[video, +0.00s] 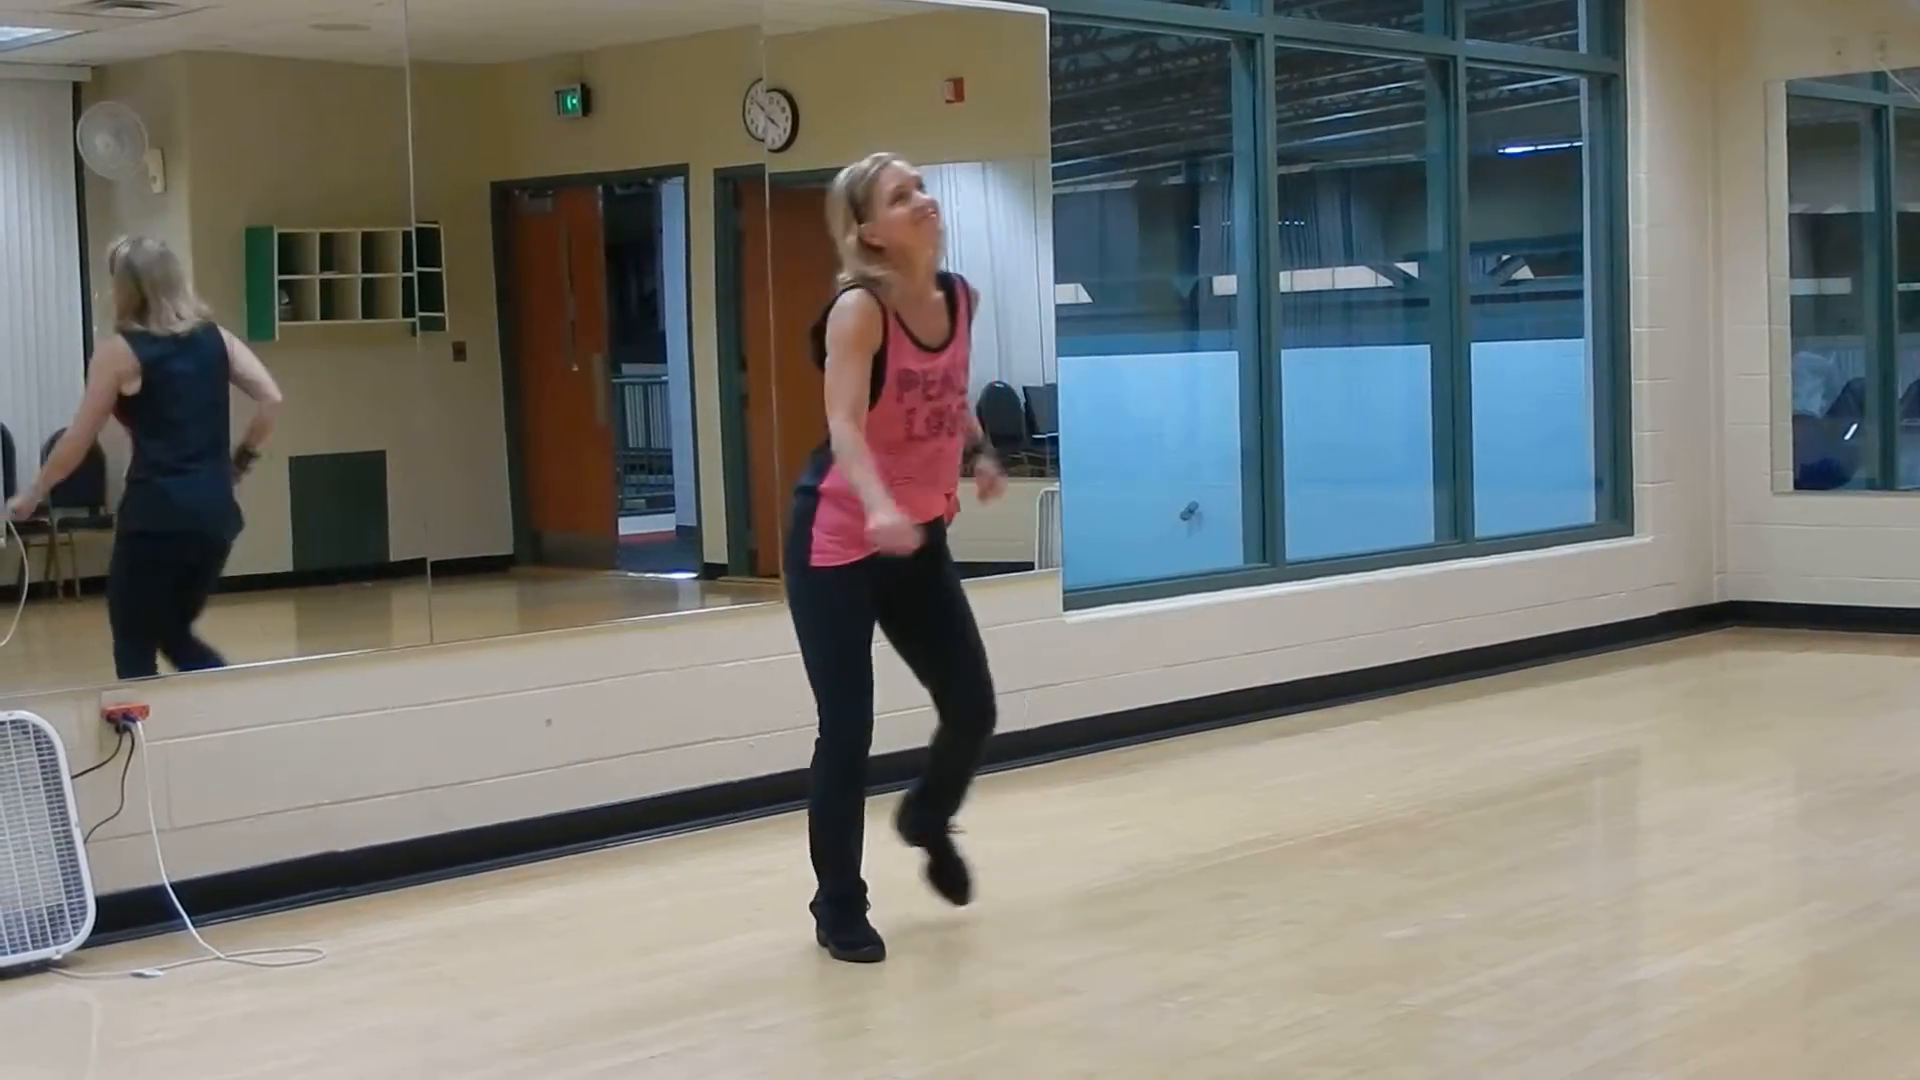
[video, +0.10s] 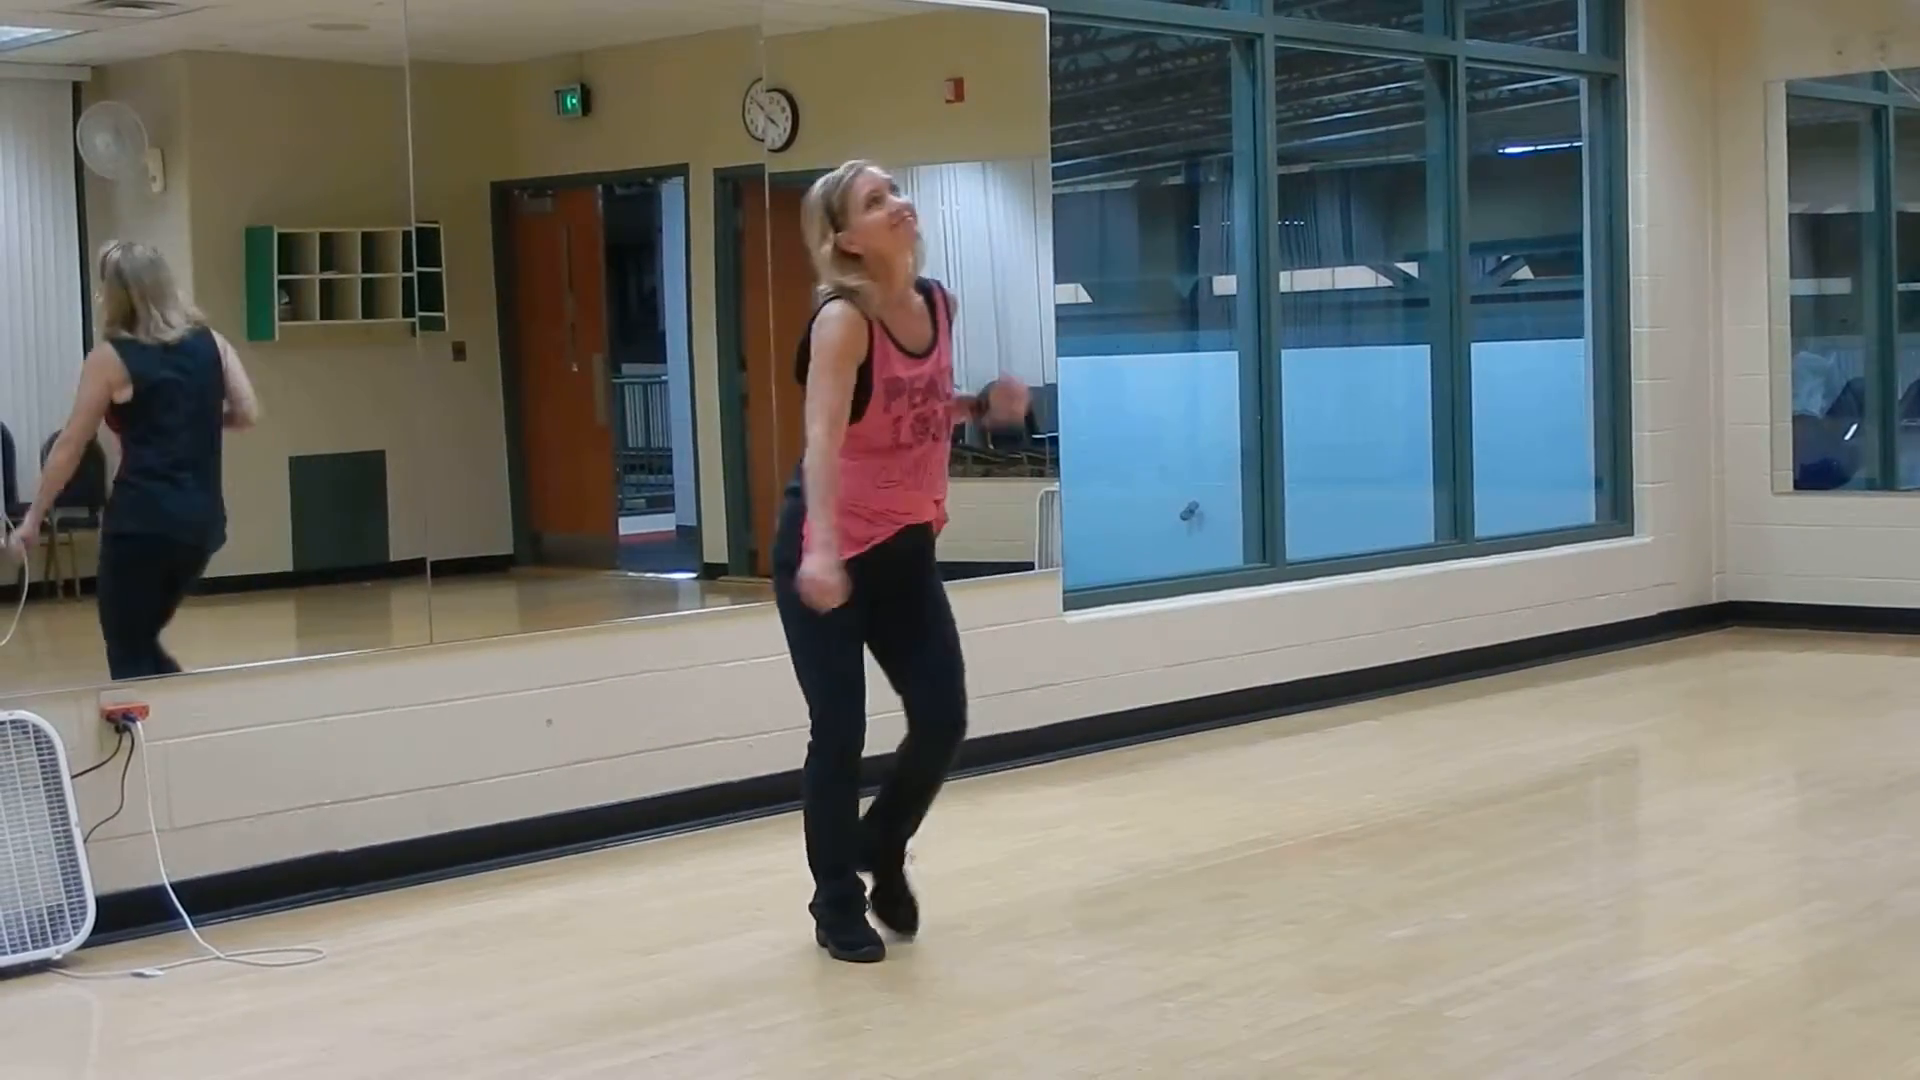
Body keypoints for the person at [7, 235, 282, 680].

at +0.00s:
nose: (111, 293)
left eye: (116, 284)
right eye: (112, 283)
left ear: (128, 290)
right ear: (175, 281)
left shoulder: (119, 351)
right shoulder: (216, 339)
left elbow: (77, 443)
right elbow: (271, 399)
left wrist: (35, 491)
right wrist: (241, 461)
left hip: (155, 517)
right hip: (216, 511)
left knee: (133, 644)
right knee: (174, 632)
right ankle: (240, 705)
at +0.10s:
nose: (101, 298)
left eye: (105, 289)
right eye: (102, 288)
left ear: (118, 295)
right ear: (166, 286)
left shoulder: (110, 358)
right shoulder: (211, 343)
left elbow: (71, 447)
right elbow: (245, 412)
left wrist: (33, 519)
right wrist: (189, 415)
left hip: (140, 523)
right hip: (202, 521)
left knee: (126, 649)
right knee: (142, 639)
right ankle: (197, 718)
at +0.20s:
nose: (94, 293)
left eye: (98, 284)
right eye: (96, 284)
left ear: (110, 290)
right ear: (159, 281)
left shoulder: (102, 355)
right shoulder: (200, 340)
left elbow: (79, 443)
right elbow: (220, 419)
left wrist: (57, 521)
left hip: (130, 522)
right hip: (192, 520)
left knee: (124, 656)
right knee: (143, 647)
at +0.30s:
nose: (85, 277)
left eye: (88, 268)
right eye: (89, 267)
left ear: (97, 276)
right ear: (150, 270)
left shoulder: (92, 337)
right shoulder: (182, 326)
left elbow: (90, 425)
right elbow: (199, 410)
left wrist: (85, 505)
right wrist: (192, 481)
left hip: (130, 511)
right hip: (192, 505)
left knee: (105, 648)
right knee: (164, 640)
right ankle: (209, 737)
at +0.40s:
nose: (73, 264)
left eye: (77, 256)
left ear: (85, 264)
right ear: (138, 260)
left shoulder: (86, 324)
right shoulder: (161, 313)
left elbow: (104, 403)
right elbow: (176, 399)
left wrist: (103, 485)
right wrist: (184, 470)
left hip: (139, 502)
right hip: (196, 494)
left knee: (81, 637)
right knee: (186, 638)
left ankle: (124, 751)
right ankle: (228, 740)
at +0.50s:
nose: (60, 267)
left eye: (66, 258)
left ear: (73, 264)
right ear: (125, 262)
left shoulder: (80, 324)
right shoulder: (142, 314)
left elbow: (117, 398)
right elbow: (164, 398)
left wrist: (102, 481)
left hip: (134, 501)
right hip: (191, 492)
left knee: (74, 643)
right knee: (195, 640)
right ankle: (235, 752)